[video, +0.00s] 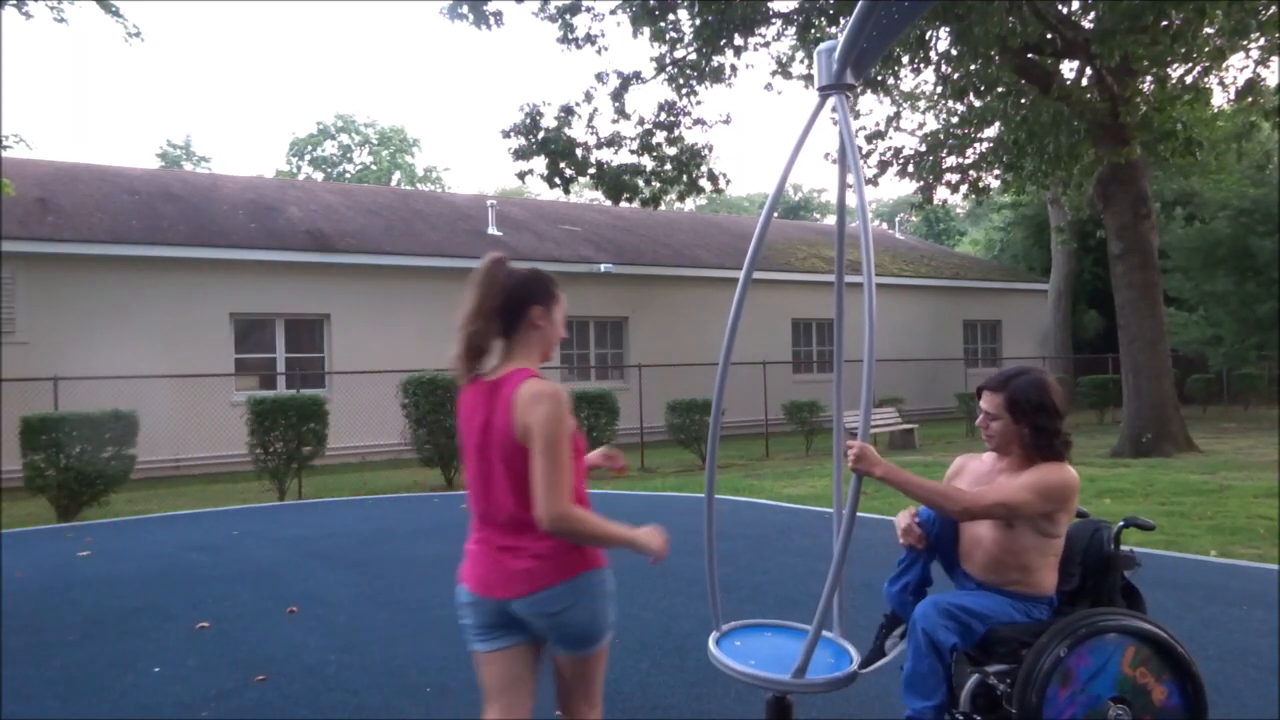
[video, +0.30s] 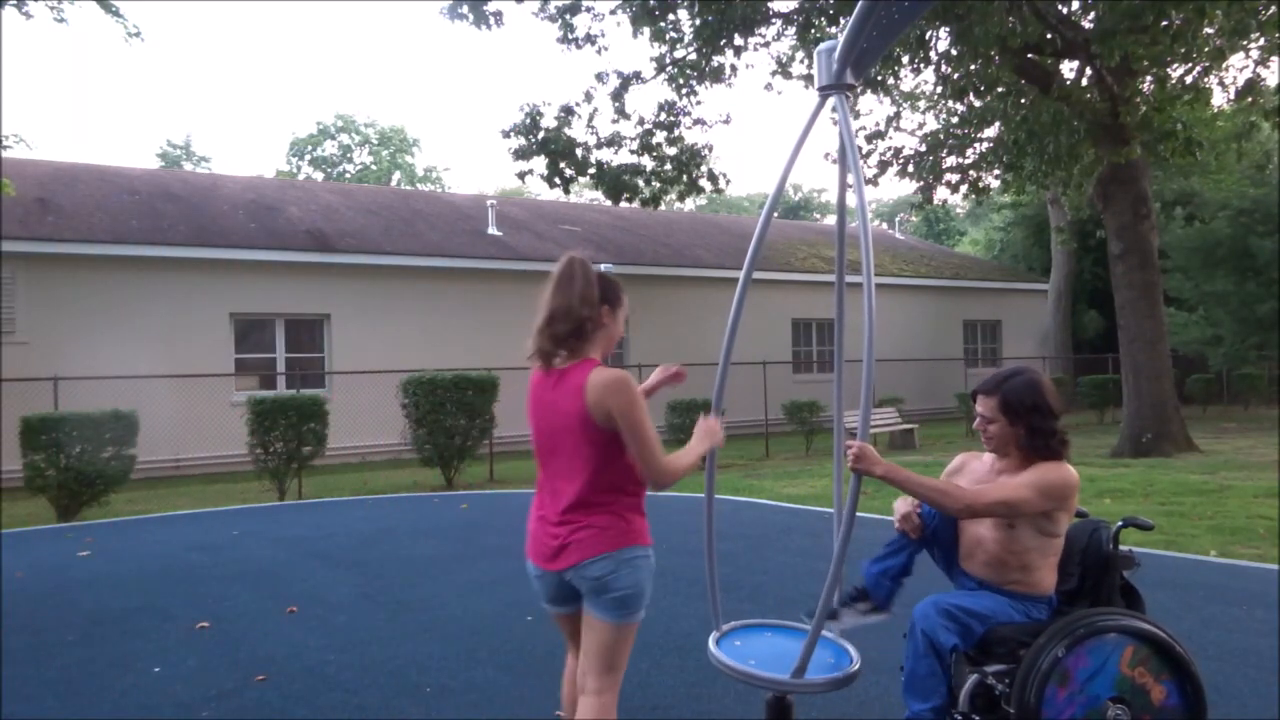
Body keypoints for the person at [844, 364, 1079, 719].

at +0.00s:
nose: (979, 423)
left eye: (992, 417)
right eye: (980, 413)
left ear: (1025, 423)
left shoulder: (1058, 479)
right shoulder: (966, 465)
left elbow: (965, 506)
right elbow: (941, 512)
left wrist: (881, 468)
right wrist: (905, 517)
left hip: (1022, 604)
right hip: (968, 582)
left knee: (932, 613)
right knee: (931, 515)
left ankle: (925, 712)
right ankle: (899, 616)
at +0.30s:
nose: (979, 426)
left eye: (990, 420)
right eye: (978, 417)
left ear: (1024, 424)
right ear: (976, 413)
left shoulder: (1057, 477)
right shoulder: (968, 463)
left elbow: (966, 503)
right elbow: (931, 500)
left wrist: (882, 467)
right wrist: (904, 506)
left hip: (1019, 602)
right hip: (969, 578)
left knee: (932, 615)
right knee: (929, 507)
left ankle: (926, 713)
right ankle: (873, 593)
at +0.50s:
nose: (977, 428)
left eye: (988, 422)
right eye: (978, 418)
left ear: (1023, 425)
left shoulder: (1056, 480)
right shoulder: (968, 463)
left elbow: (966, 507)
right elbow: (935, 505)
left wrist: (883, 468)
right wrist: (902, 510)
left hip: (1016, 601)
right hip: (963, 572)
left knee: (931, 614)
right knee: (913, 526)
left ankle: (922, 712)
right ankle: (829, 587)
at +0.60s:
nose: (977, 428)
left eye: (988, 422)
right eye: (977, 419)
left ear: (1022, 426)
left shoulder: (1056, 480)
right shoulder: (967, 464)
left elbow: (964, 507)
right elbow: (932, 515)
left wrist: (883, 469)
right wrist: (891, 528)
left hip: (1015, 599)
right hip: (960, 571)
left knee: (930, 618)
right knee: (897, 547)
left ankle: (924, 713)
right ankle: (818, 613)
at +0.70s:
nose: (975, 427)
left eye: (986, 421)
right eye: (976, 418)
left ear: (1021, 426)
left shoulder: (1054, 478)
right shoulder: (966, 466)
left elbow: (963, 506)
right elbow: (932, 521)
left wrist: (881, 468)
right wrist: (888, 537)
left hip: (1014, 599)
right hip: (958, 574)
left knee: (930, 617)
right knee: (887, 587)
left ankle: (926, 712)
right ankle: (806, 636)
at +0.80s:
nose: (970, 427)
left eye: (981, 421)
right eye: (971, 418)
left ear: (1016, 426)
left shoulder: (1051, 477)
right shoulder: (966, 466)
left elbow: (967, 505)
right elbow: (936, 528)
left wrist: (881, 469)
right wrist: (904, 517)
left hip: (1016, 599)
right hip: (959, 580)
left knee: (929, 617)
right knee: (894, 603)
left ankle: (925, 712)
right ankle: (805, 634)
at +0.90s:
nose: (966, 428)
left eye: (976, 422)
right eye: (966, 418)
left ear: (1012, 424)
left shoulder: (1048, 475)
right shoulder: (967, 464)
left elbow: (961, 507)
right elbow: (914, 519)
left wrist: (880, 468)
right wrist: (879, 474)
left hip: (1016, 599)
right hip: (957, 578)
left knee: (929, 618)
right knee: (891, 604)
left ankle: (927, 712)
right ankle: (801, 638)